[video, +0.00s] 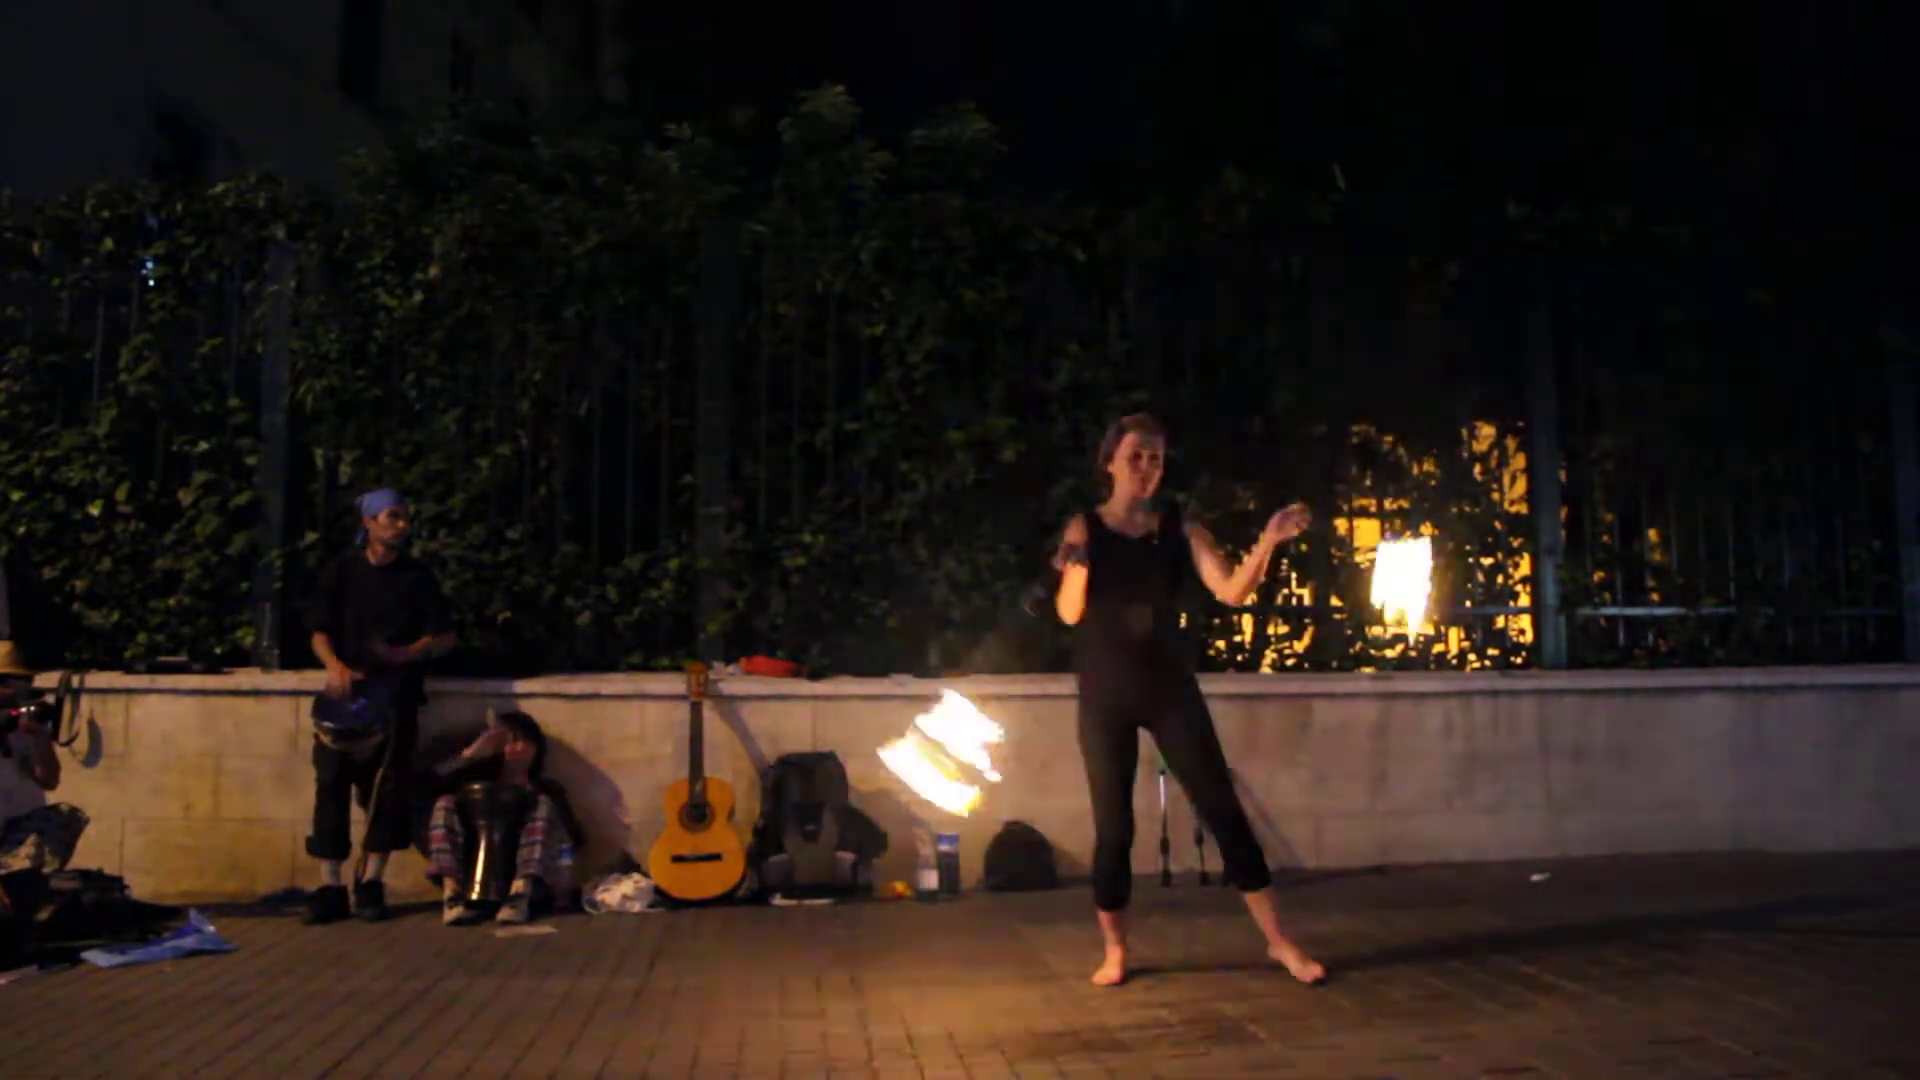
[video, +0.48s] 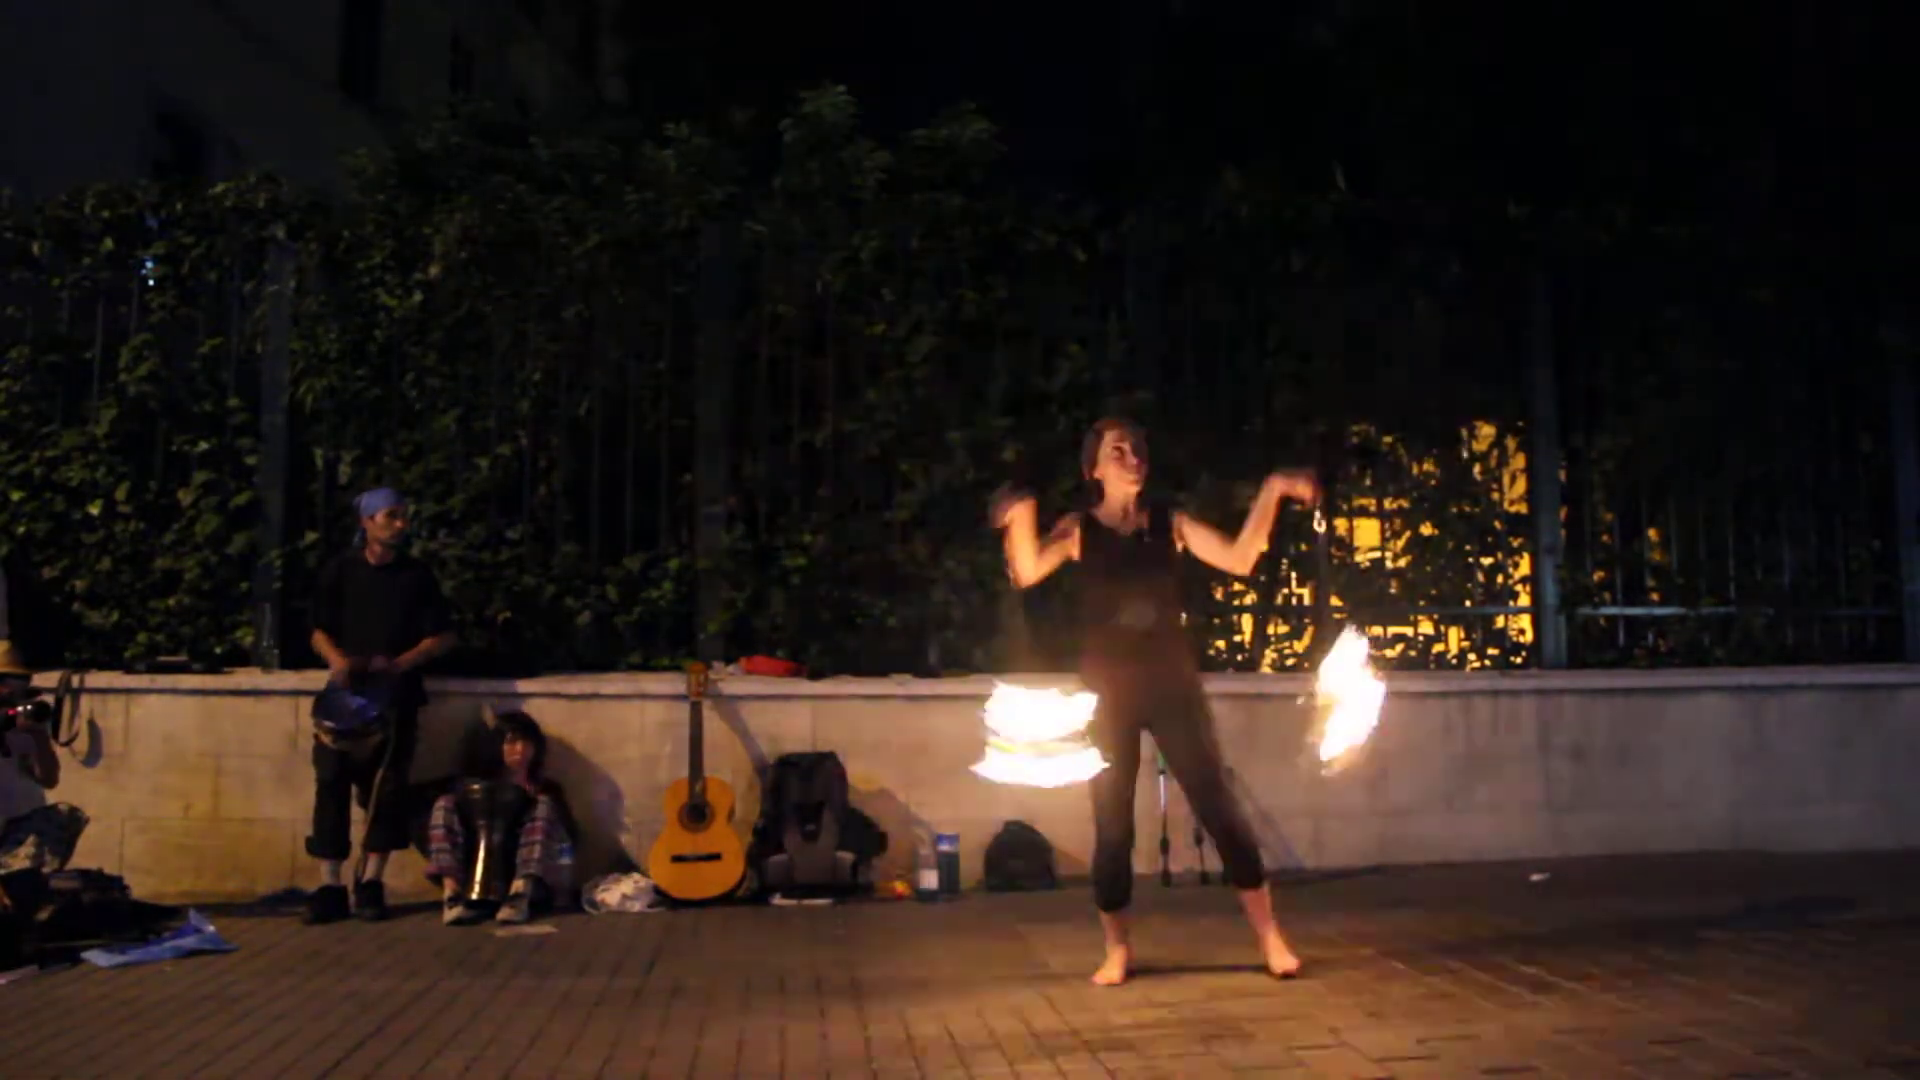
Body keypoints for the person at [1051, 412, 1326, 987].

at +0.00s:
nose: (1147, 469)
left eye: (1155, 459)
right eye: (1136, 458)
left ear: (1164, 467)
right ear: (1110, 462)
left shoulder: (1180, 530)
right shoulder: (1085, 529)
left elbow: (1229, 590)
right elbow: (1069, 613)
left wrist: (1268, 541)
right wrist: (1078, 559)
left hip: (1171, 689)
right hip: (1105, 693)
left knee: (1223, 811)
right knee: (1113, 827)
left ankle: (1278, 941)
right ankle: (1114, 949)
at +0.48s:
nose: (1129, 456)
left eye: (1135, 448)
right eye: (1116, 449)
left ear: (1147, 462)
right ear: (1094, 466)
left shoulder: (1171, 523)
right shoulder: (1077, 530)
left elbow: (1239, 559)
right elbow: (1026, 573)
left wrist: (1272, 491)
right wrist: (1021, 518)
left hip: (1174, 688)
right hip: (1109, 693)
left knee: (1218, 808)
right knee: (1111, 825)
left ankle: (1270, 936)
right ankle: (1116, 949)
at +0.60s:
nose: (1146, 433)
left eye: (1150, 426)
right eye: (1133, 427)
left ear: (1161, 439)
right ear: (1106, 445)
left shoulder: (1178, 499)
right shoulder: (1098, 502)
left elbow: (1245, 494)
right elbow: (1065, 514)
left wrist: (1264, 424)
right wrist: (1065, 437)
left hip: (1184, 670)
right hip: (1120, 675)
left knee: (1230, 798)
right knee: (1119, 813)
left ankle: (1276, 928)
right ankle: (1113, 945)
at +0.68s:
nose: (1152, 423)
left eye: (1159, 414)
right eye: (1140, 416)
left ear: (1172, 427)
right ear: (1117, 433)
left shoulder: (1191, 486)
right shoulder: (1111, 492)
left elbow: (1249, 444)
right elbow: (1091, 451)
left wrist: (1259, 362)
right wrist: (1084, 376)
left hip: (1196, 657)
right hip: (1130, 662)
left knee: (1235, 792)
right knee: (1125, 802)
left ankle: (1274, 924)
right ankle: (1114, 941)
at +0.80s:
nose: (1174, 420)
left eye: (1181, 410)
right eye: (1161, 412)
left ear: (1193, 424)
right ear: (1142, 425)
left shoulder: (1210, 480)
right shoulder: (1131, 486)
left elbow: (1246, 410)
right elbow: (1131, 410)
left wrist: (1248, 324)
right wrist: (1138, 324)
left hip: (1213, 655)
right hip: (1146, 658)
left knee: (1241, 790)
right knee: (1135, 797)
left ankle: (1269, 928)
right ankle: (1116, 937)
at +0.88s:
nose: (1193, 427)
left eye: (1196, 421)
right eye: (1181, 419)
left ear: (1205, 434)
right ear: (1156, 434)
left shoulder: (1223, 484)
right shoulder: (1144, 493)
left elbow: (1248, 416)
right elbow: (1166, 411)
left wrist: (1250, 335)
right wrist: (1196, 339)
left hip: (1226, 660)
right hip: (1161, 662)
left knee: (1248, 796)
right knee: (1143, 801)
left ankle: (1264, 935)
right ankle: (1119, 940)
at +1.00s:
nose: (1209, 439)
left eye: (1215, 431)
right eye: (1194, 431)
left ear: (1226, 441)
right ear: (1172, 449)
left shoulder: (1246, 499)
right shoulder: (1164, 503)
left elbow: (1275, 474)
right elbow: (1201, 518)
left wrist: (1276, 418)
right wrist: (1245, 453)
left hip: (1245, 672)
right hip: (1181, 674)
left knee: (1262, 806)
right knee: (1156, 806)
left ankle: (1259, 945)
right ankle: (1121, 944)